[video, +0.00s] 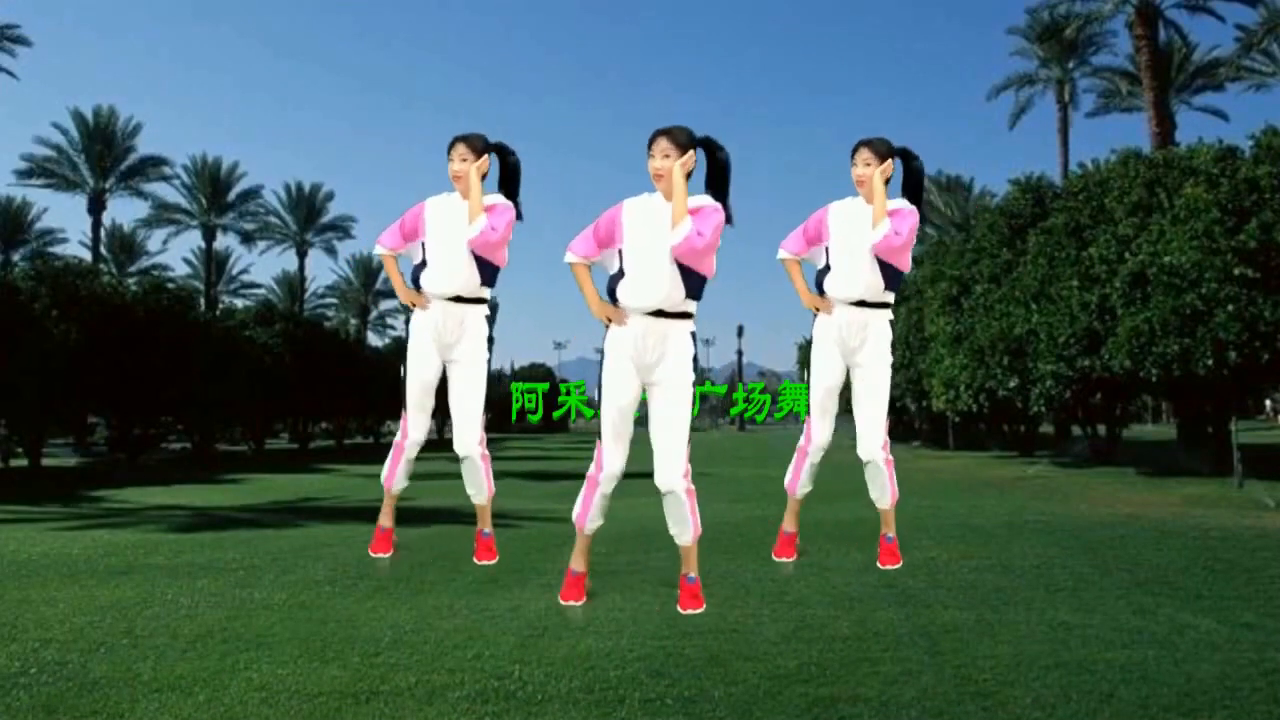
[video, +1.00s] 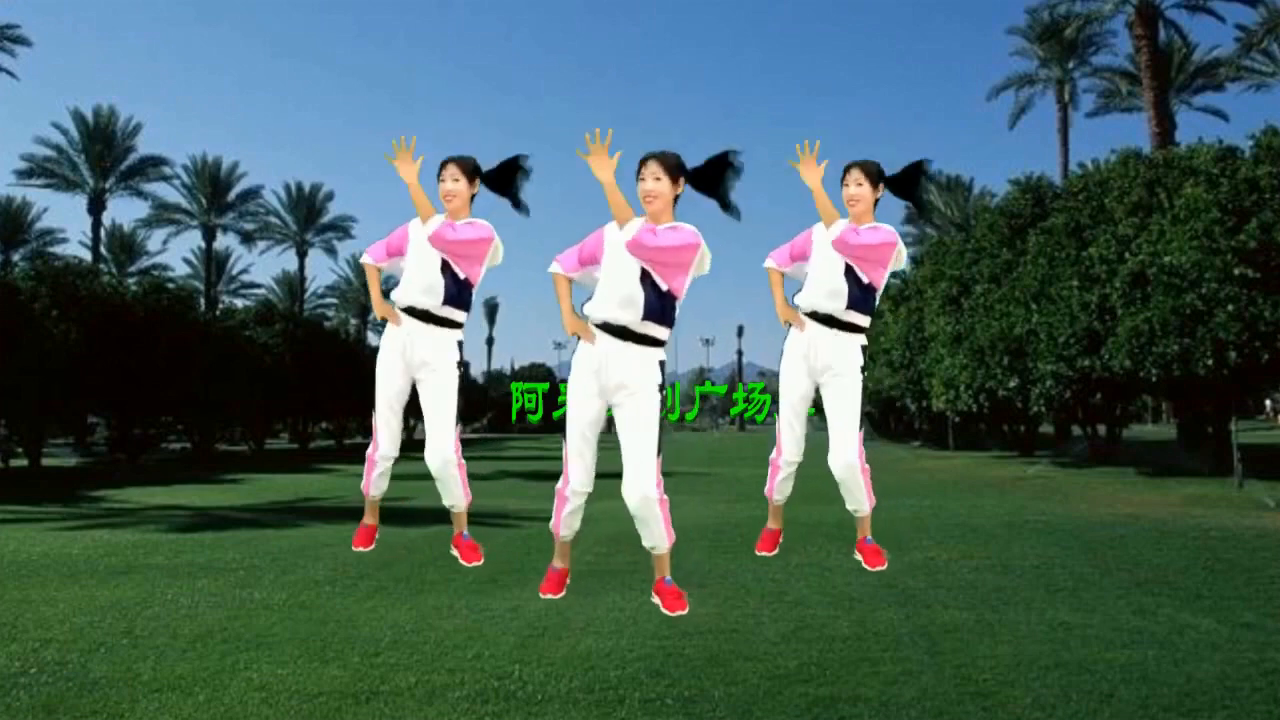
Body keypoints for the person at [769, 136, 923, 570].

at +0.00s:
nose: (859, 171)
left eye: (867, 164)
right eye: (856, 164)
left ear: (887, 169)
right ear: (850, 170)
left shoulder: (905, 214)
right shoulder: (834, 213)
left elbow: (889, 249)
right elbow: (789, 251)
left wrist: (879, 193)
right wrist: (806, 295)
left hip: (875, 327)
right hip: (832, 322)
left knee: (872, 444)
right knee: (818, 434)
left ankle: (889, 534)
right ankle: (789, 524)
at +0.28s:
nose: (852, 144)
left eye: (862, 138)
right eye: (851, 138)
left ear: (882, 147)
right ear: (849, 146)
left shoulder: (899, 191)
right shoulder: (829, 191)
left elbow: (916, 220)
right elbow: (791, 228)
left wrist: (897, 166)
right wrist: (807, 274)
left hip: (875, 304)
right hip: (831, 300)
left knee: (879, 421)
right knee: (813, 414)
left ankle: (889, 526)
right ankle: (794, 504)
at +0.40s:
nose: (860, 142)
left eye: (870, 137)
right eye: (857, 136)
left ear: (889, 148)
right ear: (852, 144)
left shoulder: (902, 190)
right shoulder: (828, 188)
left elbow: (911, 228)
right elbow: (789, 229)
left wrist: (902, 173)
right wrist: (806, 277)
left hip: (881, 299)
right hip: (837, 296)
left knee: (881, 416)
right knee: (831, 416)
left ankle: (883, 523)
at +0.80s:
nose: (864, 155)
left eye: (873, 148)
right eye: (860, 148)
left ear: (886, 159)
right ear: (853, 154)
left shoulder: (895, 205)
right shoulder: (829, 196)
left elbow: (858, 197)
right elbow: (783, 235)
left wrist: (880, 154)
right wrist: (793, 283)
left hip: (864, 305)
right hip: (821, 302)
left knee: (870, 427)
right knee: (812, 425)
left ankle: (879, 530)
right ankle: (803, 501)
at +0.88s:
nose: (860, 159)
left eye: (870, 152)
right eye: (856, 152)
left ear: (887, 161)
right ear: (849, 159)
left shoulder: (893, 206)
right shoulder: (826, 197)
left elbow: (849, 202)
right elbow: (781, 235)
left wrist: (851, 150)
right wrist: (791, 282)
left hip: (856, 311)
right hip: (813, 307)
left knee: (862, 429)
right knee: (802, 426)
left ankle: (873, 529)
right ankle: (785, 511)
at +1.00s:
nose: (852, 191)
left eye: (860, 184)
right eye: (846, 185)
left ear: (878, 193)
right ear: (841, 192)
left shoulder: (887, 238)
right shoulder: (823, 231)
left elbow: (843, 236)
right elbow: (775, 261)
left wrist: (816, 187)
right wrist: (782, 306)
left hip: (845, 346)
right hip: (803, 338)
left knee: (845, 457)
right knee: (788, 446)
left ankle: (865, 537)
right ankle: (773, 525)